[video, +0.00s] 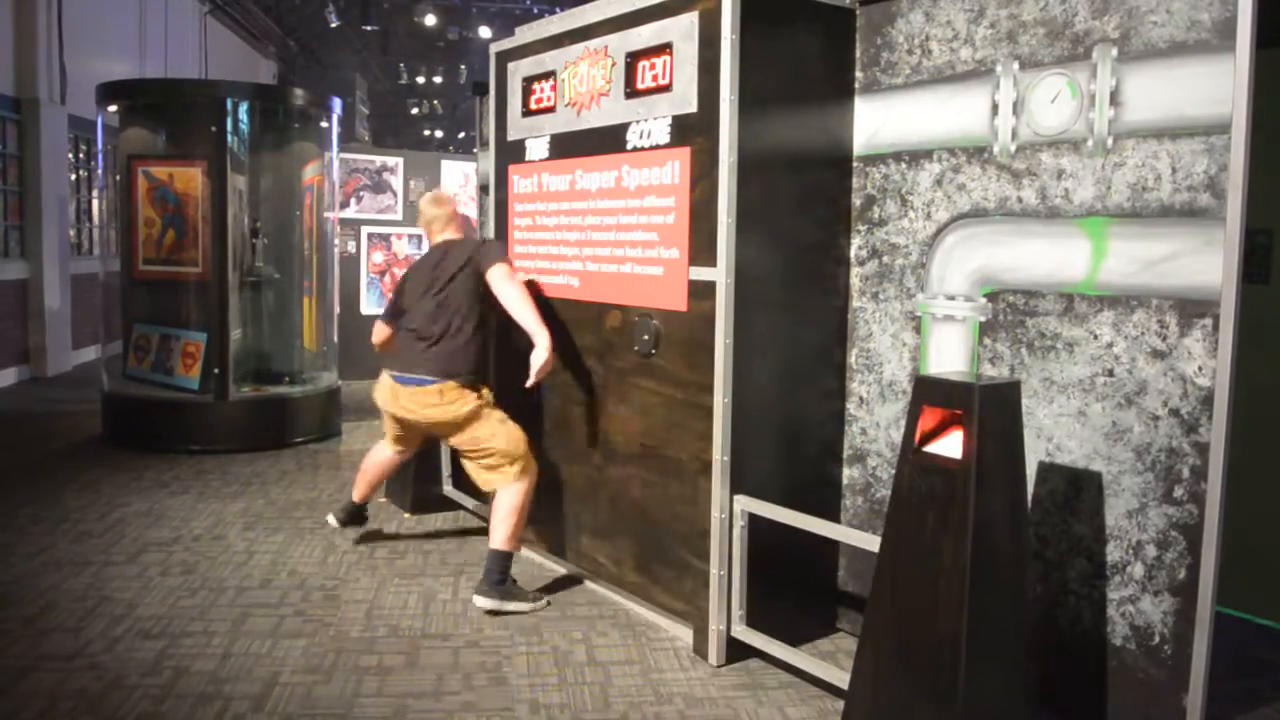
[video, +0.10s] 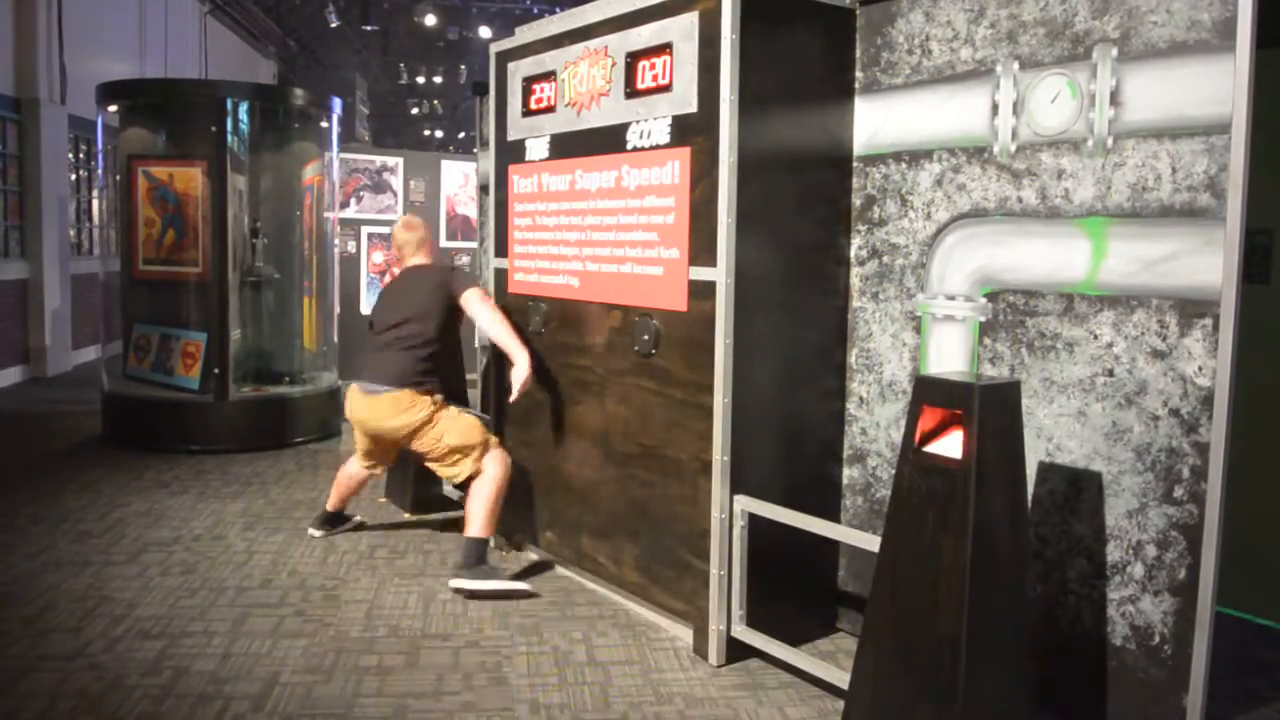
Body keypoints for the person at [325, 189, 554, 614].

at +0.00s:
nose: (466, 220)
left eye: (461, 215)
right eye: (462, 215)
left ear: (425, 231)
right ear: (460, 220)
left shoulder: (413, 272)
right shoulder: (481, 249)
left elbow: (380, 337)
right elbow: (504, 283)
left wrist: (414, 352)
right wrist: (541, 338)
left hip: (395, 389)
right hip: (445, 394)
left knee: (396, 444)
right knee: (518, 468)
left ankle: (351, 509)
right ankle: (495, 582)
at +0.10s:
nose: (435, 249)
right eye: (432, 244)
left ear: (397, 252)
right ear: (431, 246)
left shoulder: (391, 287)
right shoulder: (447, 276)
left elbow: (375, 330)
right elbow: (480, 306)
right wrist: (521, 357)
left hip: (360, 399)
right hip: (406, 403)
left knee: (366, 460)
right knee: (493, 461)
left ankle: (328, 517)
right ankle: (473, 564)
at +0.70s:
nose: (471, 212)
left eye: (468, 203)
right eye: (461, 205)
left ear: (432, 214)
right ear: (434, 212)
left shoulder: (409, 249)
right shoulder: (434, 247)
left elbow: (367, 293)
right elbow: (458, 262)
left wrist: (341, 330)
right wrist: (506, 268)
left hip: (365, 370)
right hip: (386, 374)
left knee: (370, 444)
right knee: (455, 461)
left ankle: (339, 506)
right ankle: (389, 538)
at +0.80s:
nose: (484, 199)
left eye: (483, 191)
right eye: (475, 193)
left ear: (444, 204)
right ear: (445, 202)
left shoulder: (418, 244)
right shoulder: (465, 235)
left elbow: (372, 286)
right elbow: (499, 237)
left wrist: (315, 312)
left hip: (387, 375)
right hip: (407, 385)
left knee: (418, 439)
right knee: (441, 485)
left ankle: (363, 494)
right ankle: (383, 546)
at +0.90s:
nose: (507, 182)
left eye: (506, 174)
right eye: (499, 175)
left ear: (464, 185)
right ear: (465, 184)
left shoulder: (435, 228)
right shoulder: (487, 216)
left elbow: (385, 263)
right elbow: (529, 217)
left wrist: (330, 289)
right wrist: (587, 206)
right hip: (428, 383)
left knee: (467, 441)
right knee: (435, 476)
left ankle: (418, 507)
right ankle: (385, 540)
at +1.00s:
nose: (534, 176)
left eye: (533, 167)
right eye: (526, 168)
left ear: (487, 176)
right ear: (494, 174)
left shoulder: (460, 226)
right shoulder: (508, 210)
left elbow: (413, 275)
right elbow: (545, 242)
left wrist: (378, 320)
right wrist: (607, 261)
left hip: (432, 363)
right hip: (465, 374)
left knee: (510, 439)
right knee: (479, 480)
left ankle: (463, 547)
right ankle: (383, 540)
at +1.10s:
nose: (573, 199)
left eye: (572, 188)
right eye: (565, 188)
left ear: (524, 193)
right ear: (533, 191)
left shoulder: (498, 241)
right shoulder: (526, 242)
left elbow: (462, 306)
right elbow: (570, 302)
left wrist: (447, 373)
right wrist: (652, 328)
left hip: (461, 396)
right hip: (489, 399)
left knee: (512, 500)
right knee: (555, 514)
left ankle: (472, 601)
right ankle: (438, 581)